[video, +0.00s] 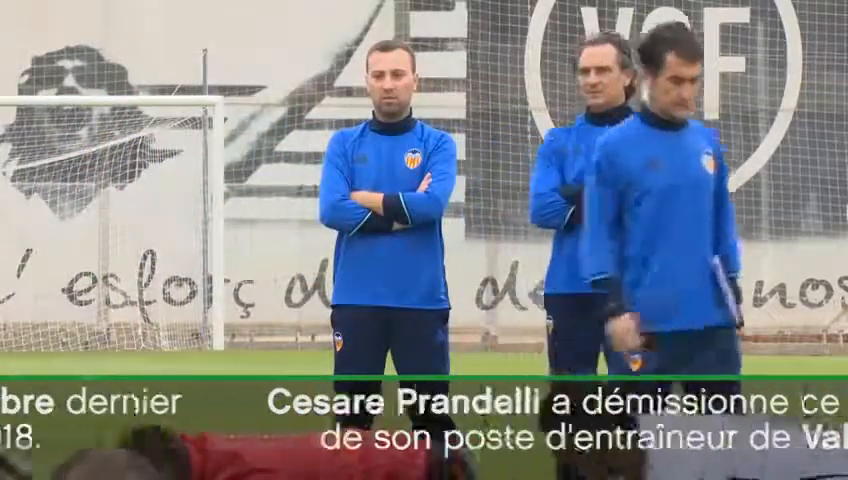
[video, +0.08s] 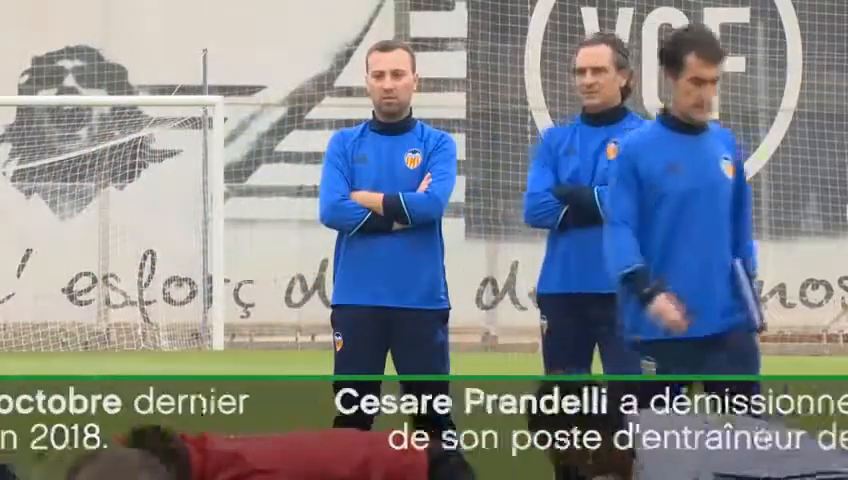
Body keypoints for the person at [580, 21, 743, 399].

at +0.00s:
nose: (687, 93)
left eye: (694, 81)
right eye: (675, 81)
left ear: (701, 79)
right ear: (646, 77)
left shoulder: (707, 143)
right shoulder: (612, 148)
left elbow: (724, 225)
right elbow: (600, 234)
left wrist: (732, 295)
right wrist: (614, 309)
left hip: (711, 323)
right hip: (643, 328)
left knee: (722, 443)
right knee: (640, 450)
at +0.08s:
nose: (706, 95)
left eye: (713, 83)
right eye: (695, 83)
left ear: (719, 79)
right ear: (669, 76)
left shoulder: (727, 146)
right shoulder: (633, 151)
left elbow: (741, 234)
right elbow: (619, 229)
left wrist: (750, 300)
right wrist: (649, 292)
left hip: (728, 324)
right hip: (659, 329)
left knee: (744, 438)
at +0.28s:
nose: (767, 104)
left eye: (775, 93)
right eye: (757, 92)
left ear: (782, 94)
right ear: (728, 90)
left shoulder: (788, 160)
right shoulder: (694, 158)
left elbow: (798, 244)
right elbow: (673, 241)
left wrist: (808, 315)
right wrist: (711, 293)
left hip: (785, 342)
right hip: (715, 345)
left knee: (793, 460)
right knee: (713, 461)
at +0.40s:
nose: (804, 95)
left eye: (812, 83)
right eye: (793, 82)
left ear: (820, 83)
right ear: (766, 78)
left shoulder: (825, 150)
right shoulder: (729, 149)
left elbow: (837, 239)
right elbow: (708, 237)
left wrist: (841, 302)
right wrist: (725, 318)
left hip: (826, 330)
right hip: (760, 335)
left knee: (828, 454)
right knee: (762, 457)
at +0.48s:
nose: (823, 88)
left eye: (831, 77)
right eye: (813, 76)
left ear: (838, 79)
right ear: (787, 75)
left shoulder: (842, 143)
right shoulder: (750, 143)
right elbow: (728, 230)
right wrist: (727, 317)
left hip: (839, 320)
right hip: (778, 321)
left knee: (835, 442)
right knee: (789, 444)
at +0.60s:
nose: (846, 86)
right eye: (837, 74)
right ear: (813, 75)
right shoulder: (785, 148)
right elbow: (749, 229)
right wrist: (734, 312)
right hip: (811, 319)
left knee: (833, 447)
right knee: (830, 447)